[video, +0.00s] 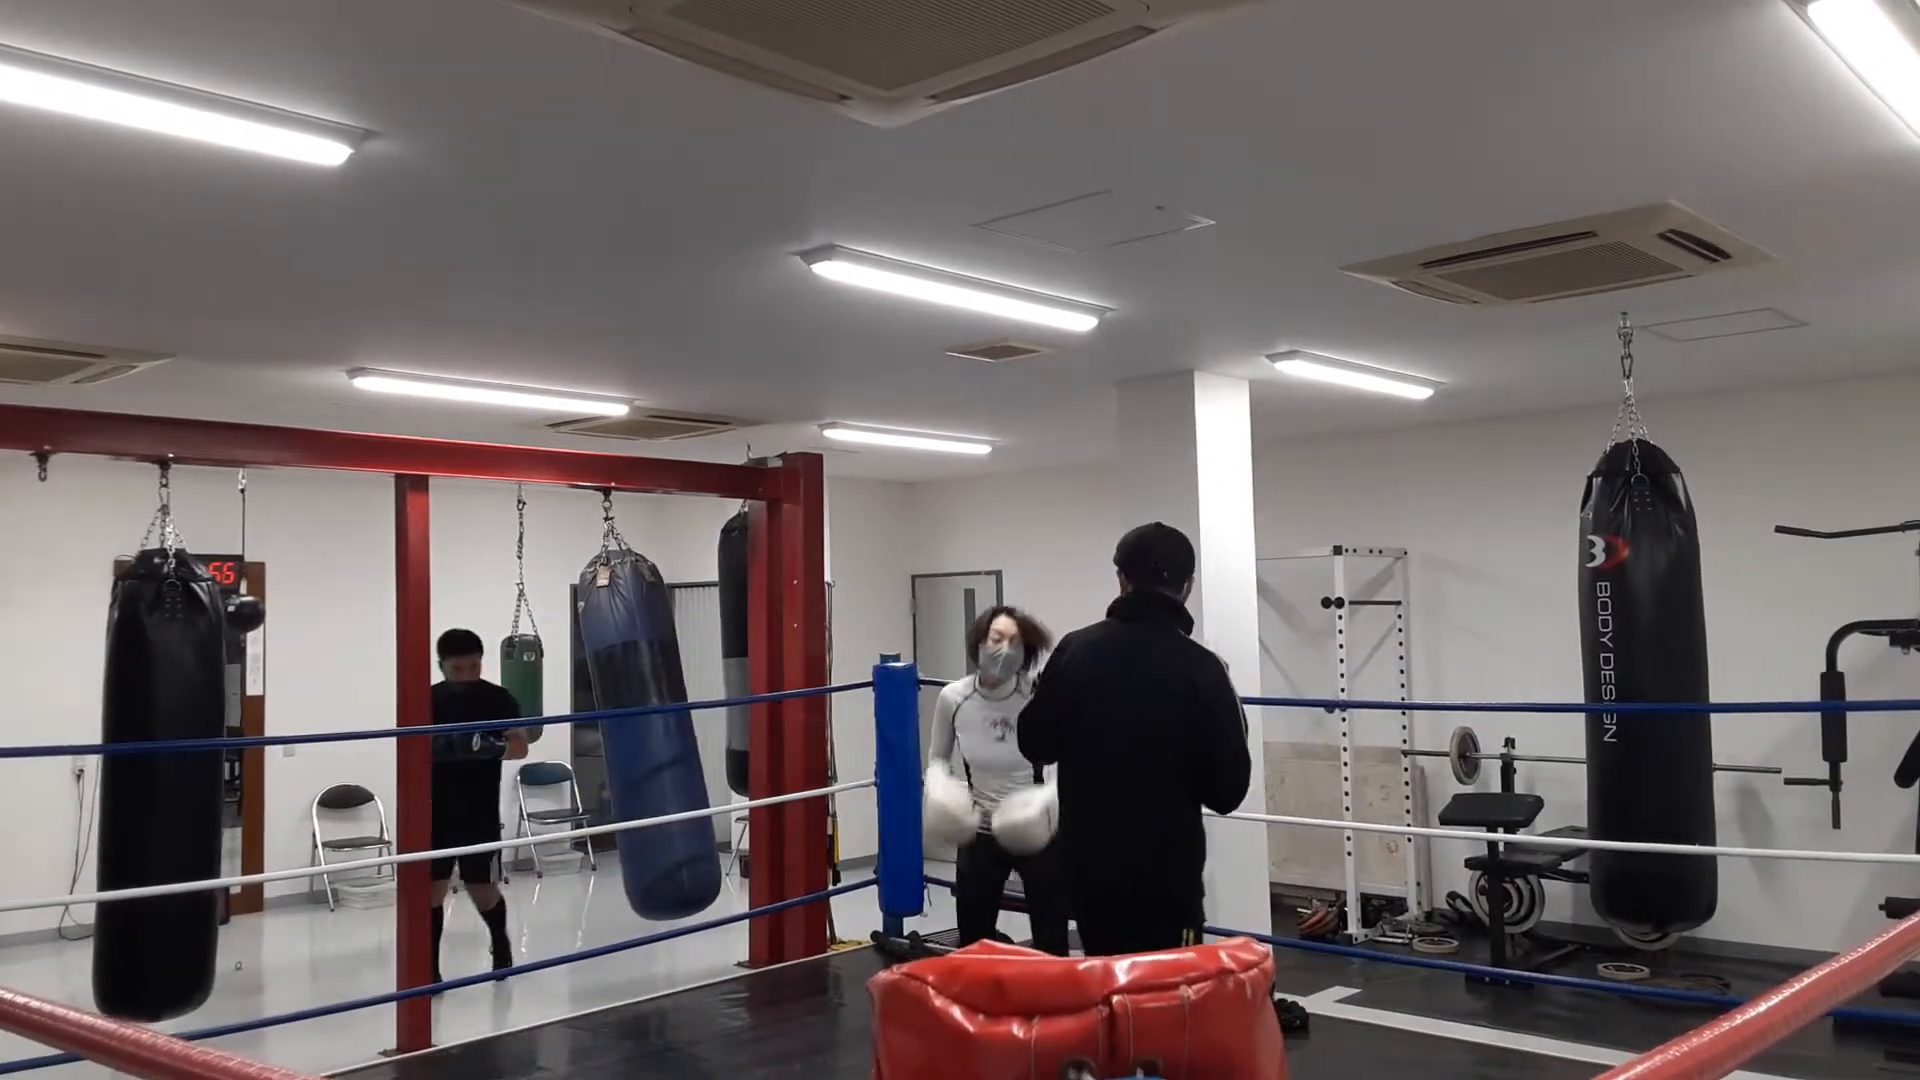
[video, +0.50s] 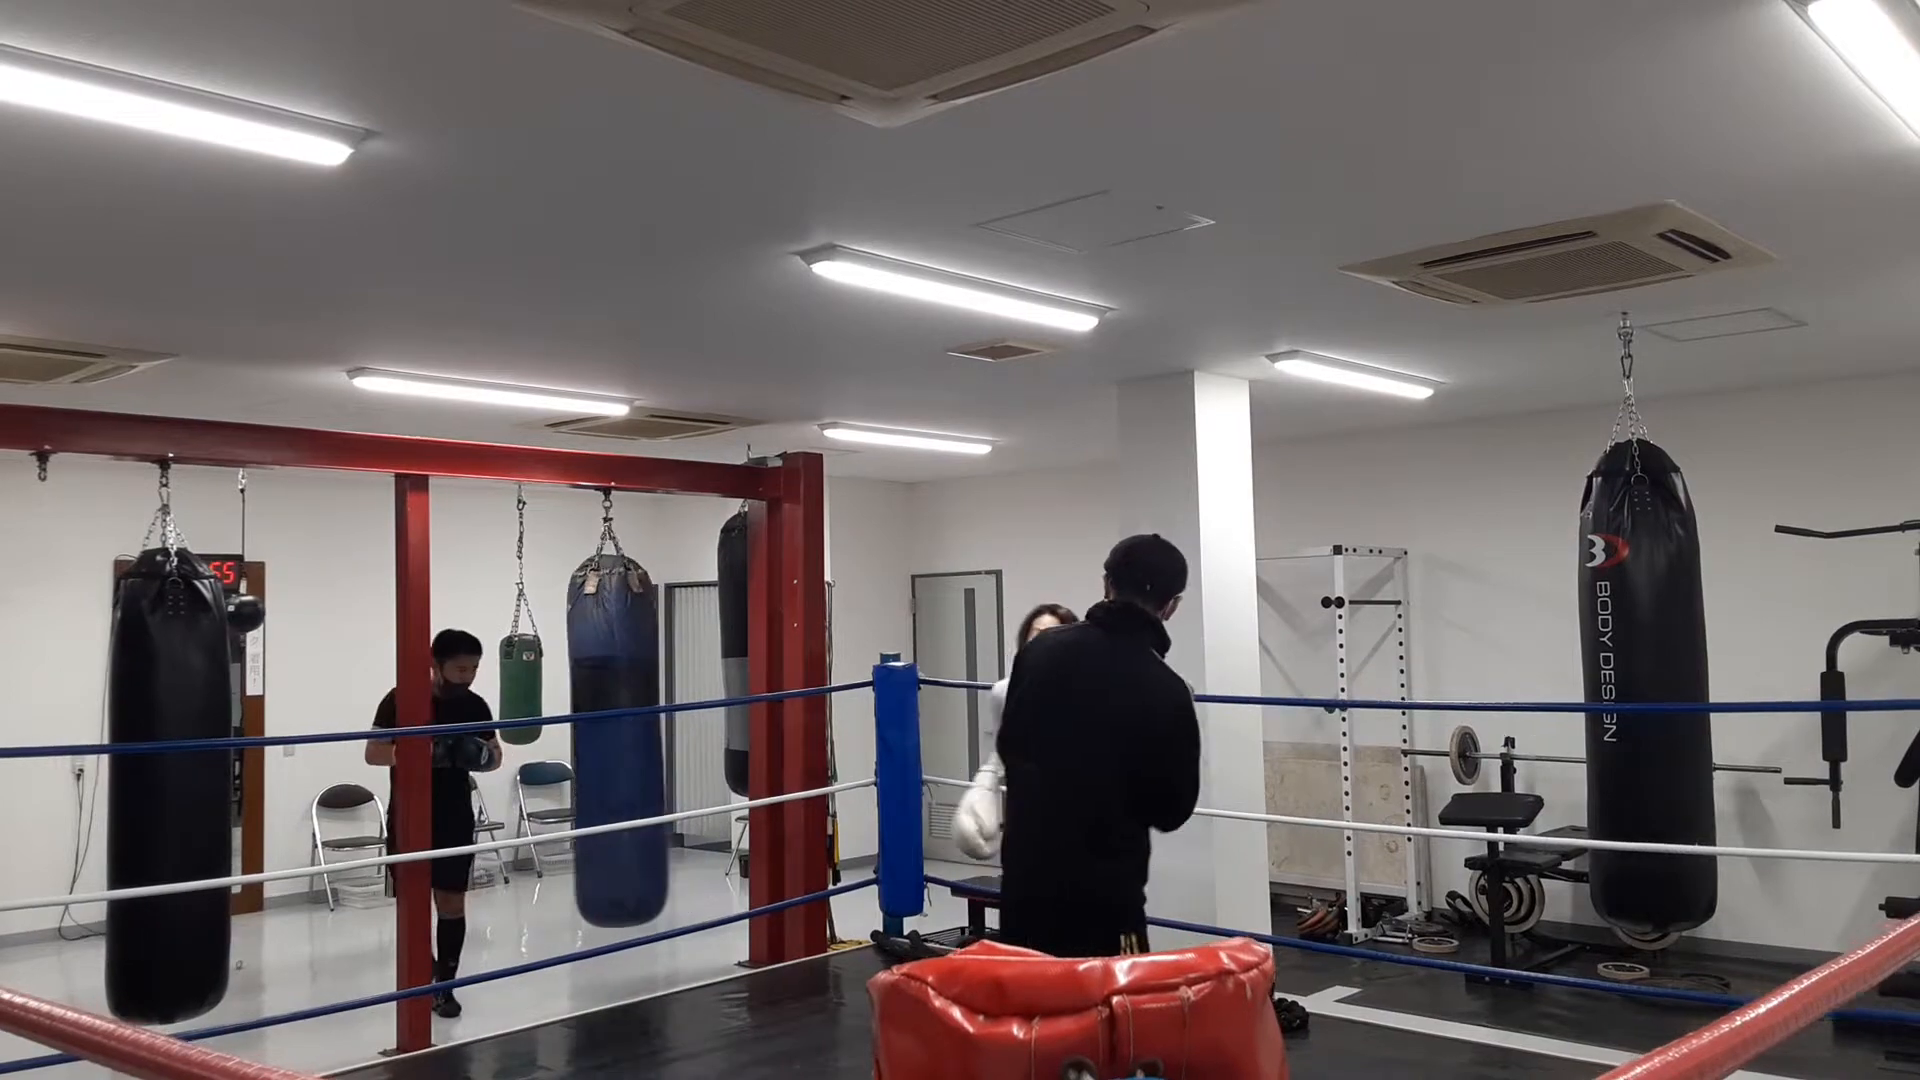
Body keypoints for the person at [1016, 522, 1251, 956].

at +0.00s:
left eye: (1117, 577)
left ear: (1121, 580)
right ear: (1187, 587)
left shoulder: (1076, 652)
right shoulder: (1203, 668)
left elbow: (1035, 744)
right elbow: (1227, 792)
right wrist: (1172, 750)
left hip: (1091, 866)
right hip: (1169, 872)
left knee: (1110, 1004)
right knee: (1170, 1007)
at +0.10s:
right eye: (1187, 586)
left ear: (1120, 577)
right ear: (1185, 589)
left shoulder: (1071, 647)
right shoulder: (1196, 673)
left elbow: (1034, 736)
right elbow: (1217, 796)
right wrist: (1164, 749)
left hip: (1076, 872)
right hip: (1157, 878)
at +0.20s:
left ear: (1120, 577)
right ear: (1185, 592)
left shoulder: (1065, 645)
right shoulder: (1192, 679)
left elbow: (1028, 736)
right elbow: (1205, 793)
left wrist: (1086, 730)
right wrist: (1146, 760)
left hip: (1065, 861)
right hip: (1145, 869)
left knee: (1082, 996)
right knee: (1142, 1003)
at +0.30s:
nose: (1189, 602)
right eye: (1191, 595)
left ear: (1119, 581)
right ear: (1185, 600)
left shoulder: (1057, 646)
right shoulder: (1184, 687)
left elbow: (1020, 736)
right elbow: (1193, 789)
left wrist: (1077, 742)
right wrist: (1132, 768)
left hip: (1054, 854)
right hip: (1133, 866)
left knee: (1083, 983)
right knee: (1134, 992)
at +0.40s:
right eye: (1185, 603)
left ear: (1115, 584)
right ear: (1179, 606)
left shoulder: (1049, 648)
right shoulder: (1179, 692)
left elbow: (1019, 742)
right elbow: (1179, 796)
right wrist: (1123, 763)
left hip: (1046, 856)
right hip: (1123, 869)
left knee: (1067, 989)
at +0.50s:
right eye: (1176, 603)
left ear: (1107, 585)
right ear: (1170, 606)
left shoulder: (1041, 650)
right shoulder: (1167, 690)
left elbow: (1010, 746)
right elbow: (1171, 811)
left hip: (1030, 868)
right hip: (1110, 881)